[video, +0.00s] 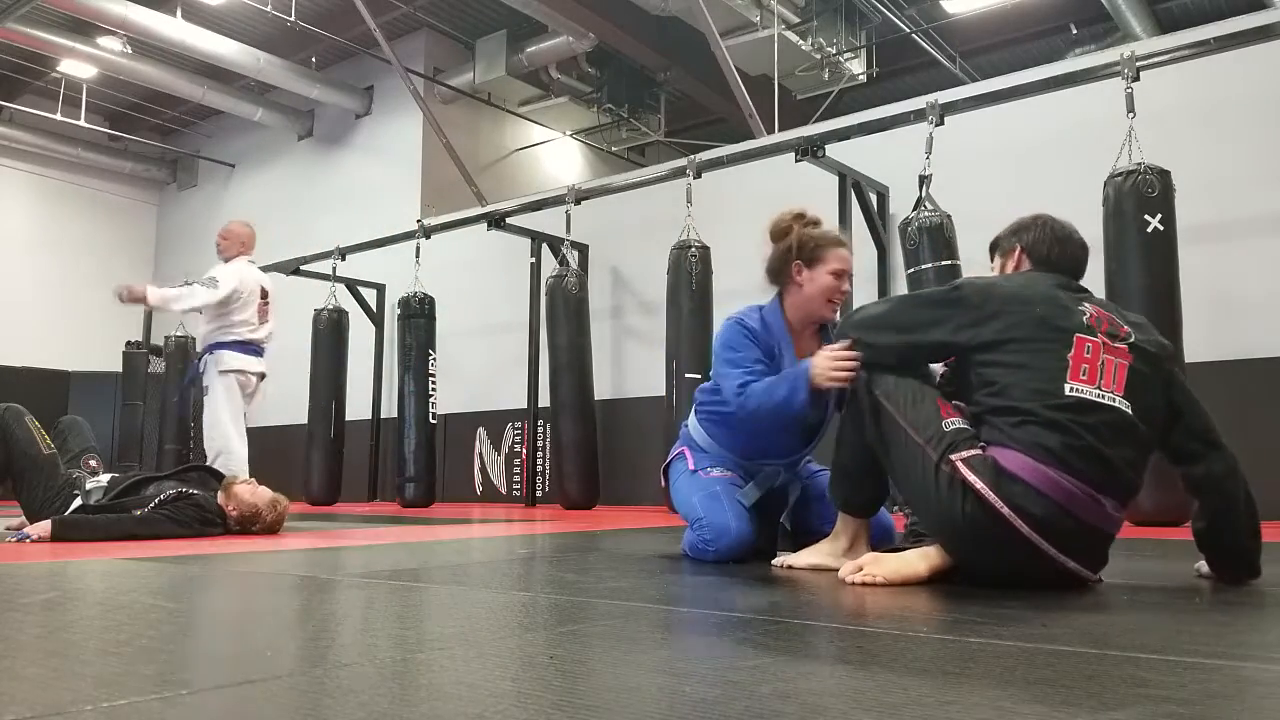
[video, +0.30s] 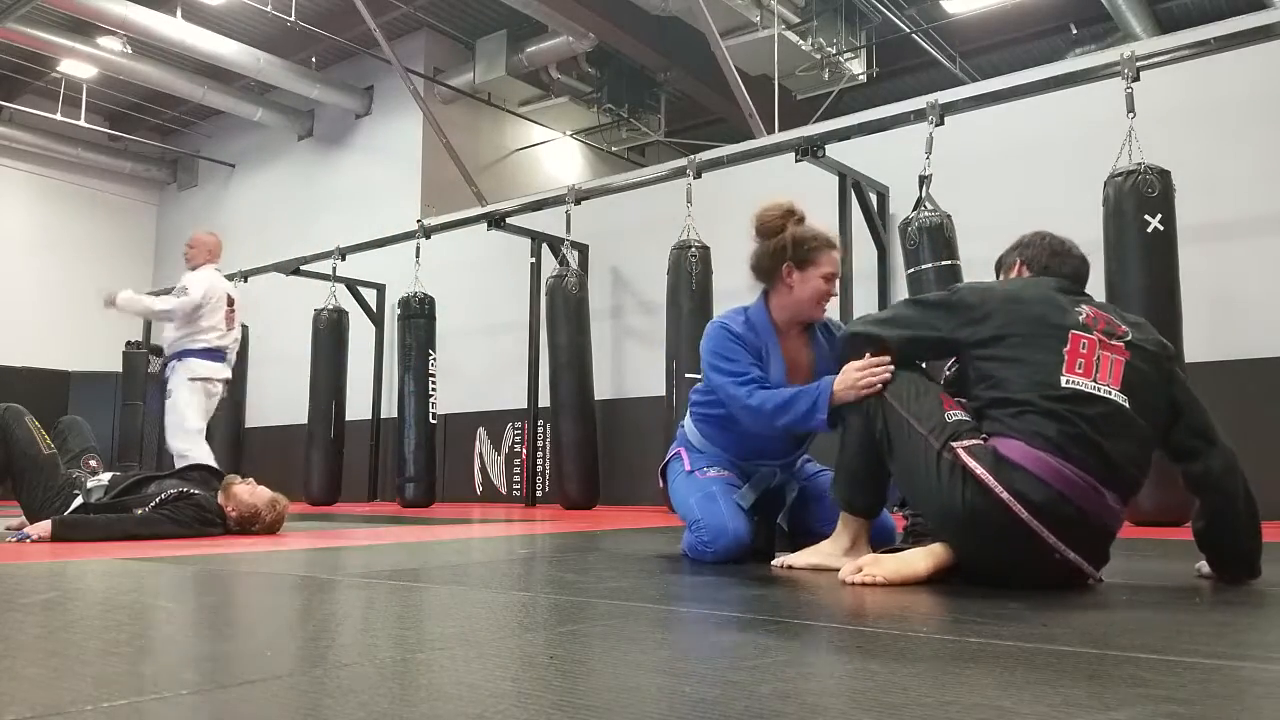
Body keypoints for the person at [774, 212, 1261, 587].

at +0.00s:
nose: (992, 278)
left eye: (995, 267)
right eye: (995, 268)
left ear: (1017, 259)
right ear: (1078, 272)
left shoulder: (996, 295)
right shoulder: (1144, 342)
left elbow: (858, 331)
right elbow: (1215, 468)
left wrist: (934, 384)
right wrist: (1234, 569)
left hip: (979, 511)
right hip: (1066, 562)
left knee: (871, 378)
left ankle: (846, 538)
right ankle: (929, 555)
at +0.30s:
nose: (995, 290)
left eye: (997, 281)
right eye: (998, 282)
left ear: (1018, 271)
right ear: (1082, 284)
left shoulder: (998, 298)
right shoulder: (1149, 345)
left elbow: (866, 334)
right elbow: (1217, 472)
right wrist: (1234, 569)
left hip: (980, 507)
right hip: (1064, 563)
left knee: (881, 373)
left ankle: (848, 537)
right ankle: (930, 551)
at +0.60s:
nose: (981, 301)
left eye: (984, 292)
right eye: (986, 293)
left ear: (1002, 281)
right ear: (1063, 290)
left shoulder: (981, 310)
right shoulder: (1134, 342)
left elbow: (867, 358)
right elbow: (1200, 461)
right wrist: (1232, 564)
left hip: (980, 508)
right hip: (1067, 561)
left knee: (870, 367)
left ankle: (846, 538)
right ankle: (931, 552)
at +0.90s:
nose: (985, 299)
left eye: (988, 291)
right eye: (989, 292)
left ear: (1007, 279)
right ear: (1066, 286)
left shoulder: (987, 304)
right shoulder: (1137, 339)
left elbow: (880, 356)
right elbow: (1194, 458)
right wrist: (1230, 561)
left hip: (989, 504)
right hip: (1070, 558)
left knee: (890, 370)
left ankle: (846, 535)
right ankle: (930, 546)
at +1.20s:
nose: (995, 297)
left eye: (998, 288)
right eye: (997, 290)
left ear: (1021, 276)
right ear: (1082, 287)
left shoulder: (998, 303)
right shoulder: (1148, 341)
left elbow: (865, 338)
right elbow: (1202, 459)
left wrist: (840, 406)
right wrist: (1231, 559)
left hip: (993, 506)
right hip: (1071, 560)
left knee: (870, 366)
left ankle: (849, 535)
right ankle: (921, 547)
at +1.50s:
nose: (992, 306)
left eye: (998, 295)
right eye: (993, 296)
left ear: (1029, 280)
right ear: (1080, 292)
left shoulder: (1015, 302)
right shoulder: (1148, 349)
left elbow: (880, 319)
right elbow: (1204, 462)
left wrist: (844, 343)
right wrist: (1230, 560)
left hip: (974, 502)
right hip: (1060, 561)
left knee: (862, 370)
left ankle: (846, 538)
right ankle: (913, 550)